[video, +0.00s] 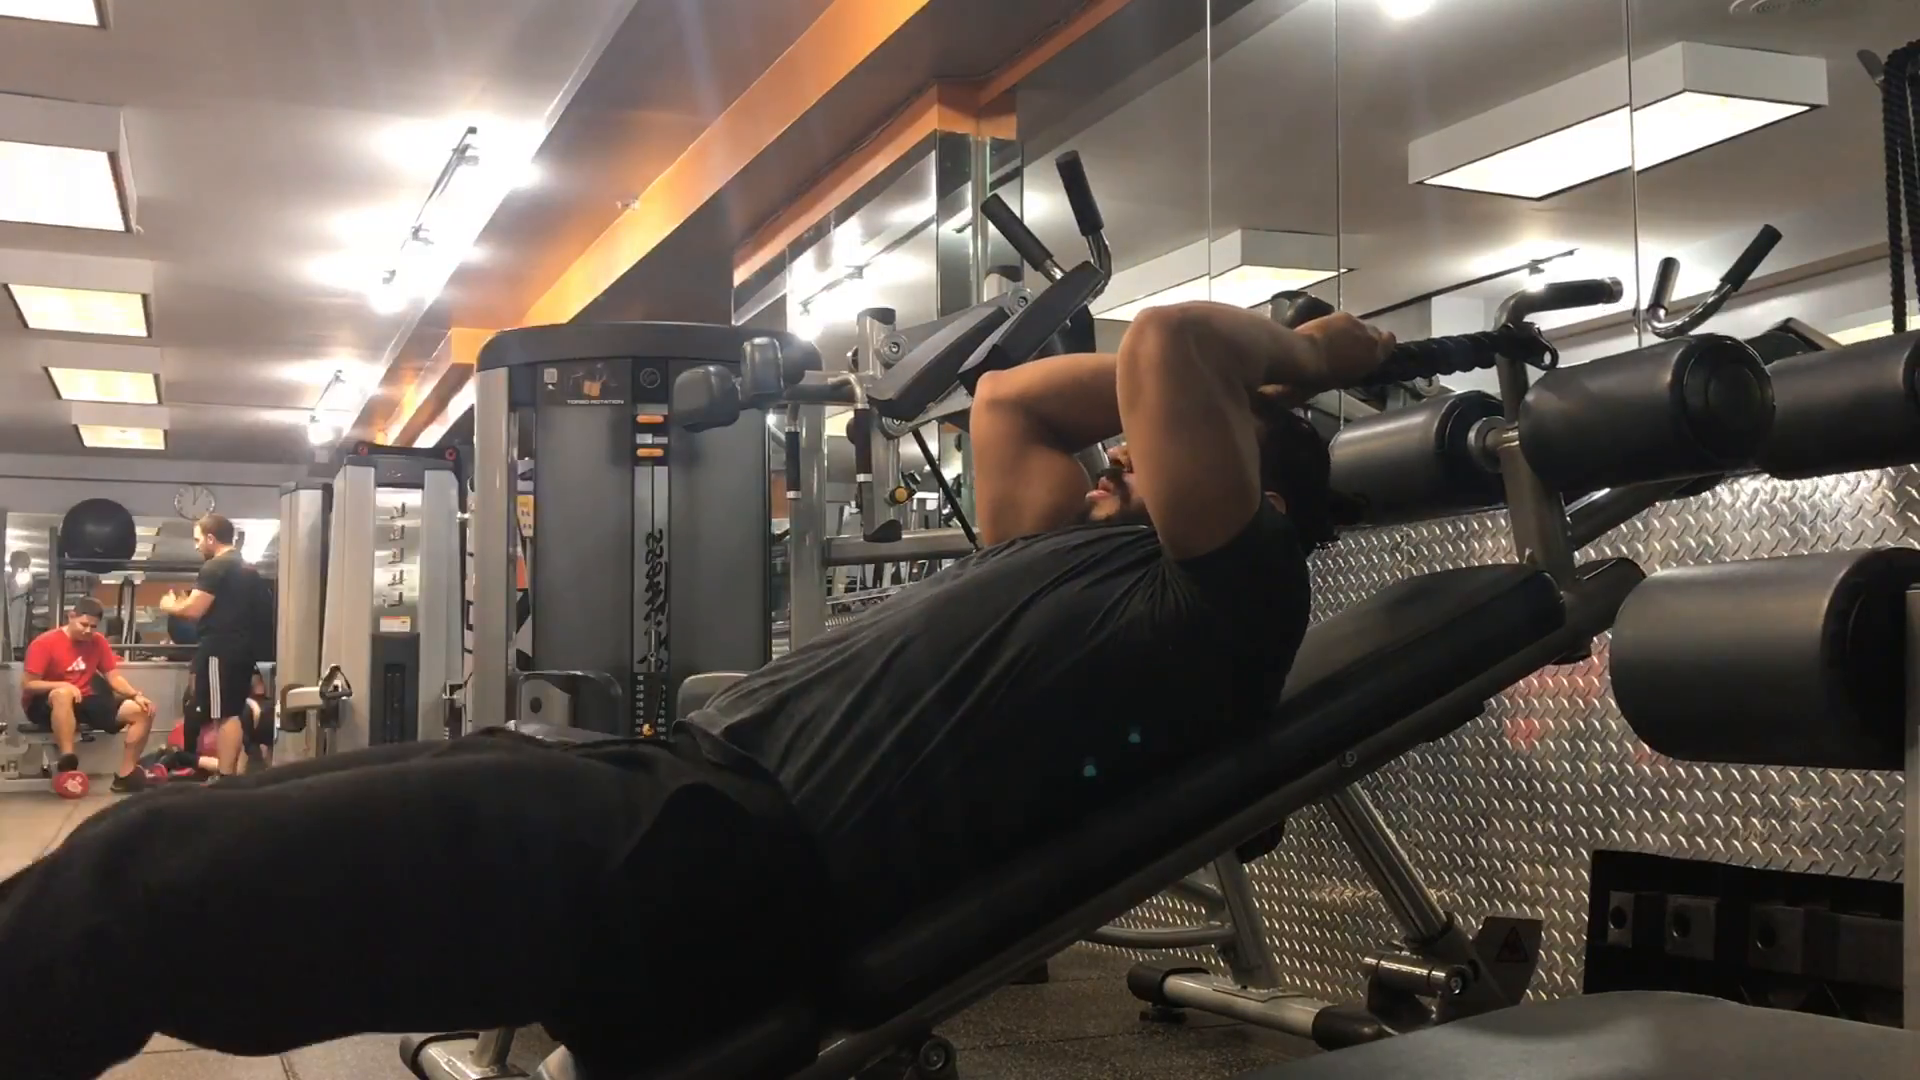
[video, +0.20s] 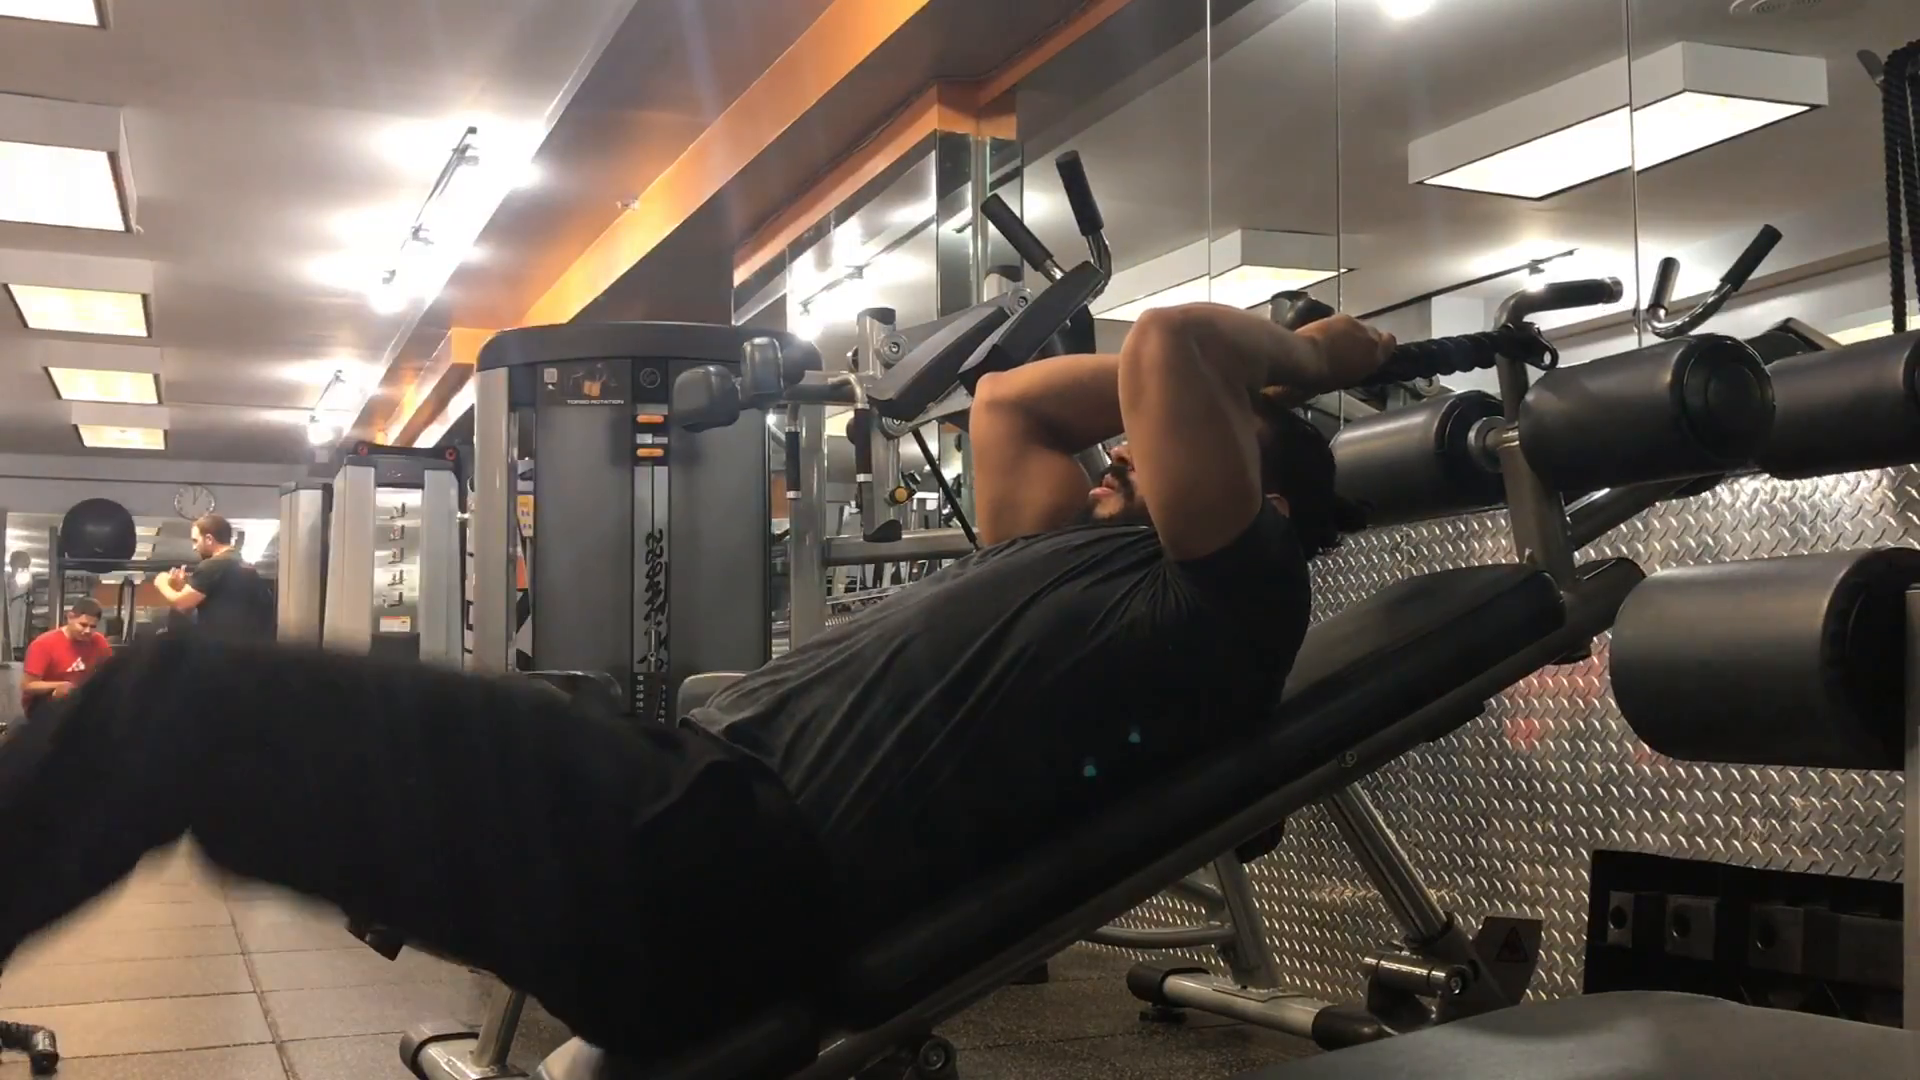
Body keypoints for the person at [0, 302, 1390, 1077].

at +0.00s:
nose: (1123, 443)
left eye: (1162, 429)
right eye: (1107, 436)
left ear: (1243, 482)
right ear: (1122, 493)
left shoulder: (1224, 616)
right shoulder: (1056, 570)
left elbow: (1172, 331)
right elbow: (1003, 399)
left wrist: (1313, 352)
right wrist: (1206, 407)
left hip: (709, 863)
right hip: (642, 781)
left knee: (126, 893)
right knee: (131, 864)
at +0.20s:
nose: (1148, 454)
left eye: (1195, 434)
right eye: (1147, 436)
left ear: (1252, 486)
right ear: (1200, 494)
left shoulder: (1230, 614)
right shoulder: (1075, 571)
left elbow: (1172, 335)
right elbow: (1004, 403)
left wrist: (1310, 354)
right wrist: (1203, 406)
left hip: (716, 899)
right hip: (677, 803)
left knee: (183, 698)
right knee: (212, 670)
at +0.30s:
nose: (1166, 449)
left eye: (1212, 432)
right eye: (1186, 434)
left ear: (1264, 487)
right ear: (1202, 489)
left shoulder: (1234, 619)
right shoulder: (1071, 568)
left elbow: (1164, 339)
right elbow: (1006, 407)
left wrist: (1299, 357)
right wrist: (1201, 391)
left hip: (744, 895)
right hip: (700, 813)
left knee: (305, 506)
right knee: (298, 492)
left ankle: (25, 716)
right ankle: (54, 643)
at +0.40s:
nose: (1190, 478)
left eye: (1231, 469)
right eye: (1216, 462)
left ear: (1274, 512)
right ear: (1211, 501)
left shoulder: (1239, 623)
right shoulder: (1080, 579)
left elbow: (1184, 342)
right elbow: (1013, 404)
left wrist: (1312, 352)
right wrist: (1225, 399)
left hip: (772, 886)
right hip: (719, 821)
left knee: (504, 359)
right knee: (514, 346)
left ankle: (73, 487)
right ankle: (95, 474)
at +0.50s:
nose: (1236, 468)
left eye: (1270, 463)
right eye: (1253, 454)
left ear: (1303, 521)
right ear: (1233, 500)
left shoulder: (1254, 618)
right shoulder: (1103, 581)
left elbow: (1194, 337)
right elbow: (1010, 401)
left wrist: (1323, 344)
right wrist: (1216, 393)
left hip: (735, 820)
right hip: (730, 754)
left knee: (721, 273)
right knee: (739, 266)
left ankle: (262, 263)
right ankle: (320, 256)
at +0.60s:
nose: (1265, 445)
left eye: (1296, 451)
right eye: (1276, 438)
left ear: (1331, 536)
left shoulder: (1272, 602)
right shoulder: (1107, 573)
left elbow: (1195, 335)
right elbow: (1017, 395)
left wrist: (1326, 339)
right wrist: (1205, 406)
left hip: (744, 728)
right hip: (676, 714)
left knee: (911, 248)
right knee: (884, 291)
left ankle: (473, 88)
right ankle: (481, 96)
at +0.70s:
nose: (1273, 446)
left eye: (1304, 458)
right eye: (1288, 447)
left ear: (1337, 543)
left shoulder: (1285, 602)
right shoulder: (1113, 590)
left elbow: (1195, 332)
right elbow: (1044, 396)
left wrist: (1327, 329)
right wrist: (1200, 379)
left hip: (759, 625)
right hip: (706, 621)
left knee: (1030, 230)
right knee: (1024, 230)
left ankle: (667, 20)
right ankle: (677, 30)